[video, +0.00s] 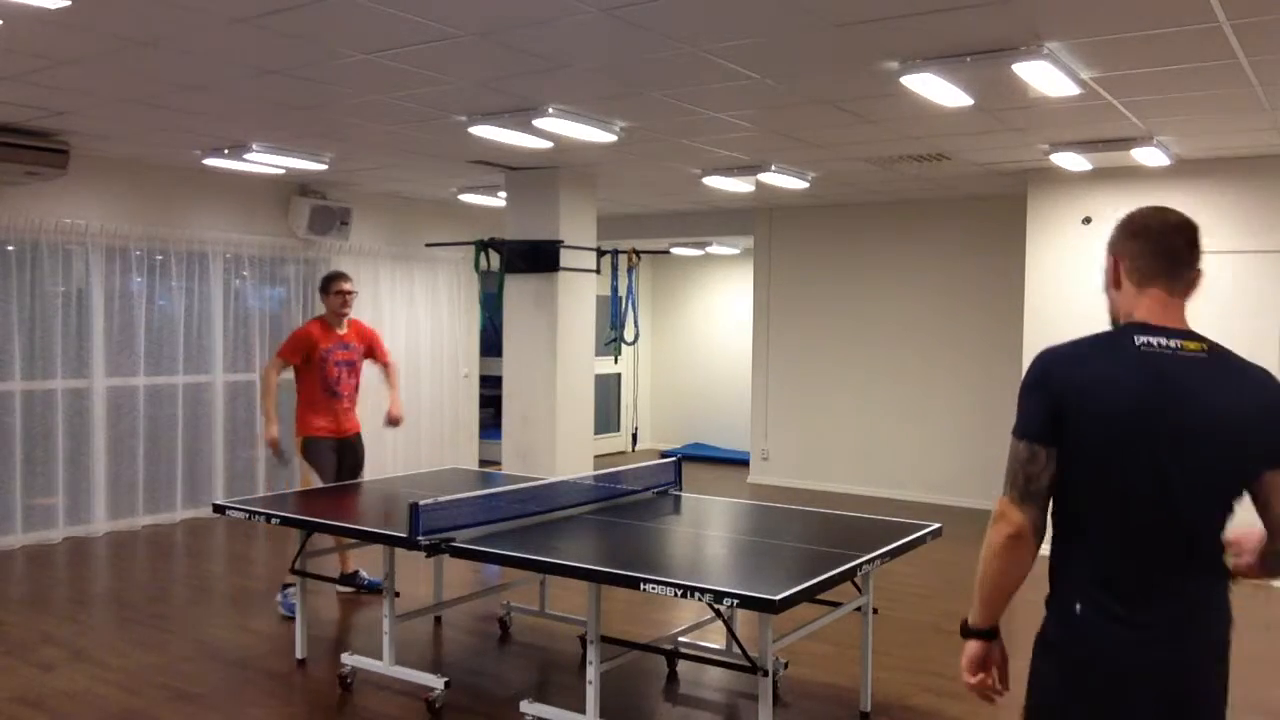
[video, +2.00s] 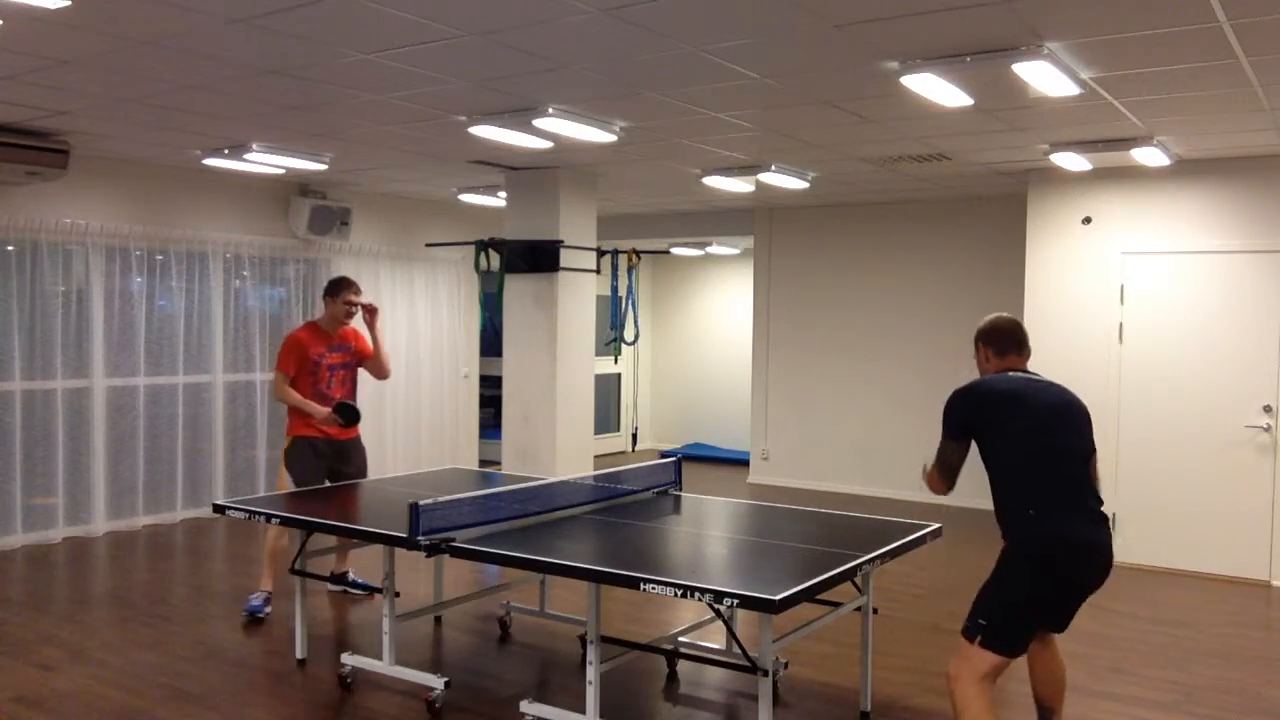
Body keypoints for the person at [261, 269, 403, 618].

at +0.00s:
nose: (346, 299)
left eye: (350, 294)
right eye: (339, 294)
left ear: (355, 298)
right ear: (324, 298)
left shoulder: (362, 334)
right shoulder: (308, 334)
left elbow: (388, 365)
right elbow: (271, 370)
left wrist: (395, 403)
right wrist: (270, 423)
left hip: (349, 431)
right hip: (316, 433)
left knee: (346, 505)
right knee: (314, 504)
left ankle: (348, 570)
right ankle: (291, 583)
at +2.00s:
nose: (354, 311)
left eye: (357, 306)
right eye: (349, 305)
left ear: (357, 307)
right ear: (328, 301)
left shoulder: (352, 337)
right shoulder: (300, 339)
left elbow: (382, 373)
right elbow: (279, 390)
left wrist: (373, 329)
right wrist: (319, 412)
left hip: (347, 440)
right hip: (306, 441)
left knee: (350, 508)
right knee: (286, 514)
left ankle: (341, 571)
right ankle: (265, 589)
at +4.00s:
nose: (304, 301)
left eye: (307, 296)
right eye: (297, 296)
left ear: (310, 299)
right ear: (279, 299)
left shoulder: (316, 335)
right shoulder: (259, 338)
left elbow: (319, 380)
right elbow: (246, 388)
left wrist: (338, 422)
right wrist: (245, 434)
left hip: (304, 435)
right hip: (266, 435)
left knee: (312, 501)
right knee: (250, 506)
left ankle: (324, 563)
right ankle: (241, 576)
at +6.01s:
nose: (327, 333)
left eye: (329, 327)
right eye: (322, 327)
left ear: (322, 328)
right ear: (301, 326)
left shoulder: (318, 359)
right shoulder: (270, 362)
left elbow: (312, 404)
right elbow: (248, 413)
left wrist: (338, 423)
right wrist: (277, 455)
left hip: (299, 448)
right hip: (263, 450)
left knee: (328, 501)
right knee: (259, 515)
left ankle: (337, 565)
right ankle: (222, 595)